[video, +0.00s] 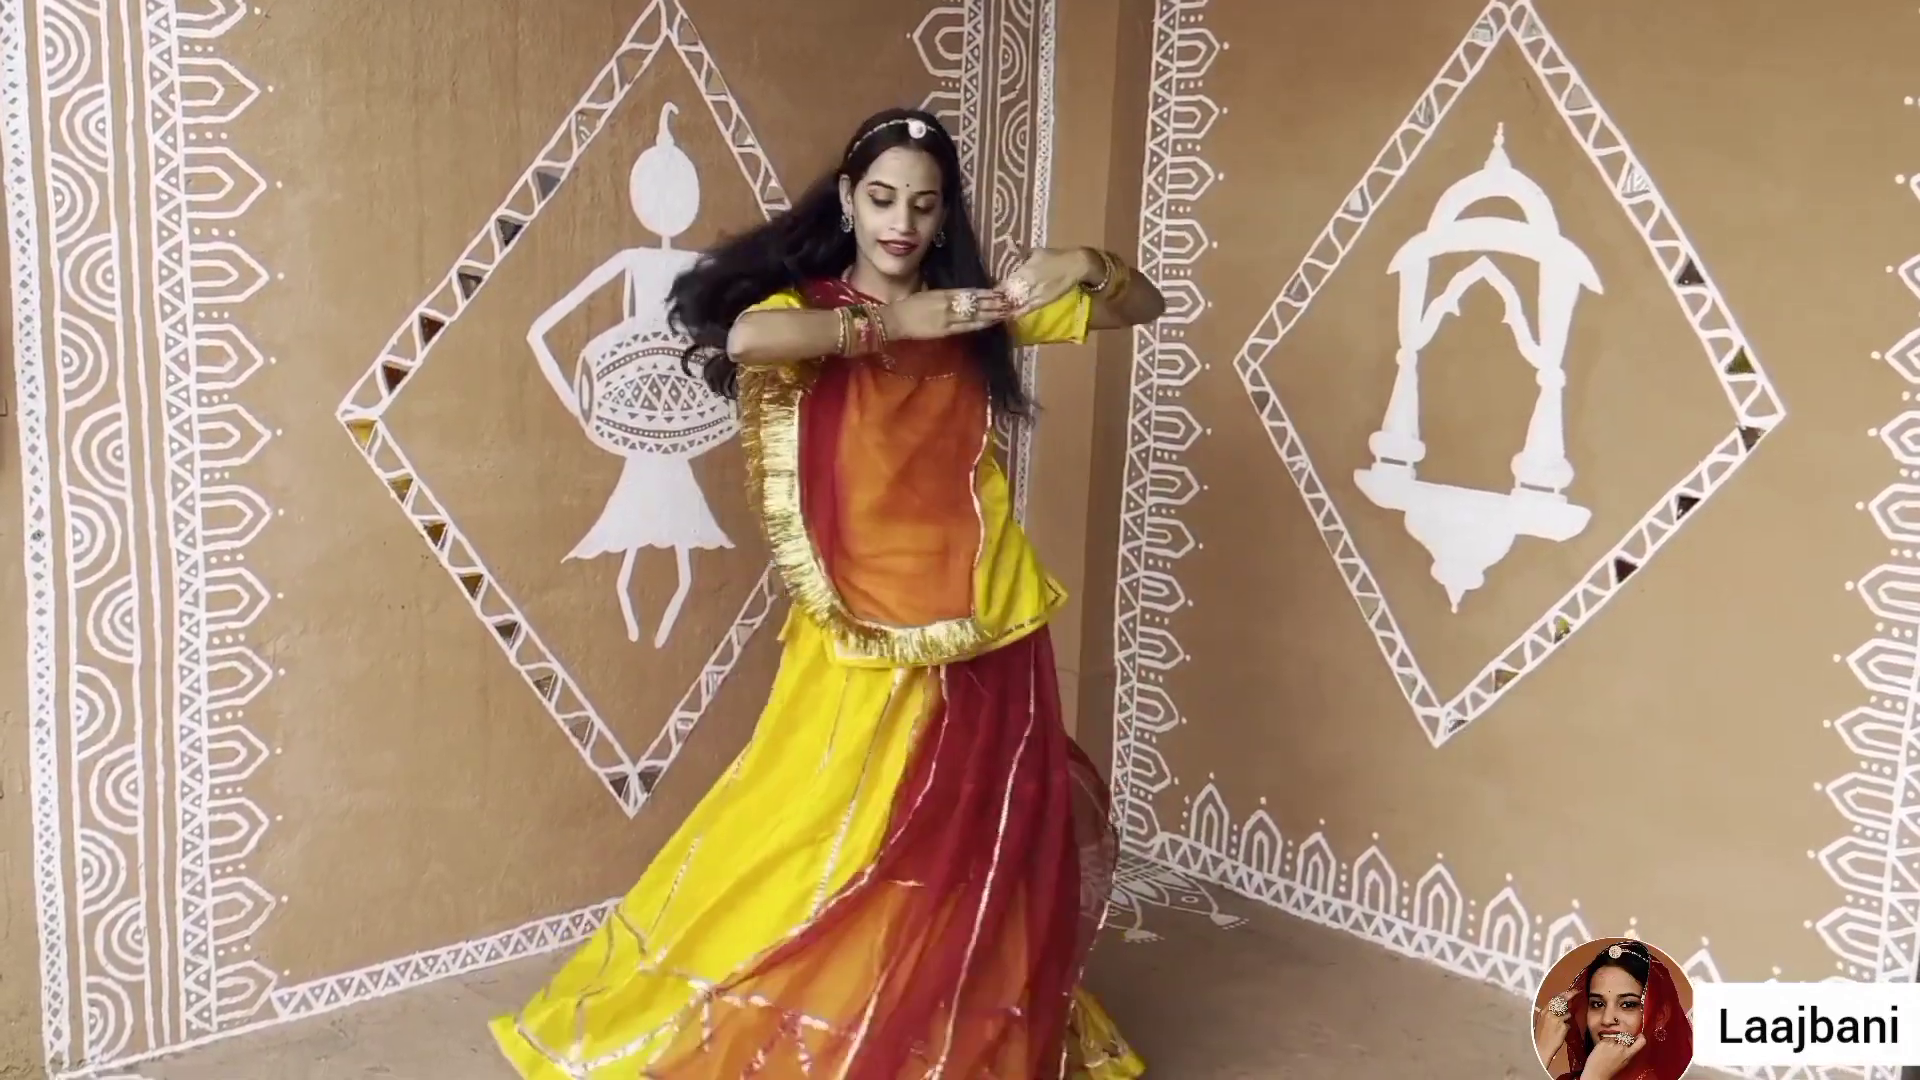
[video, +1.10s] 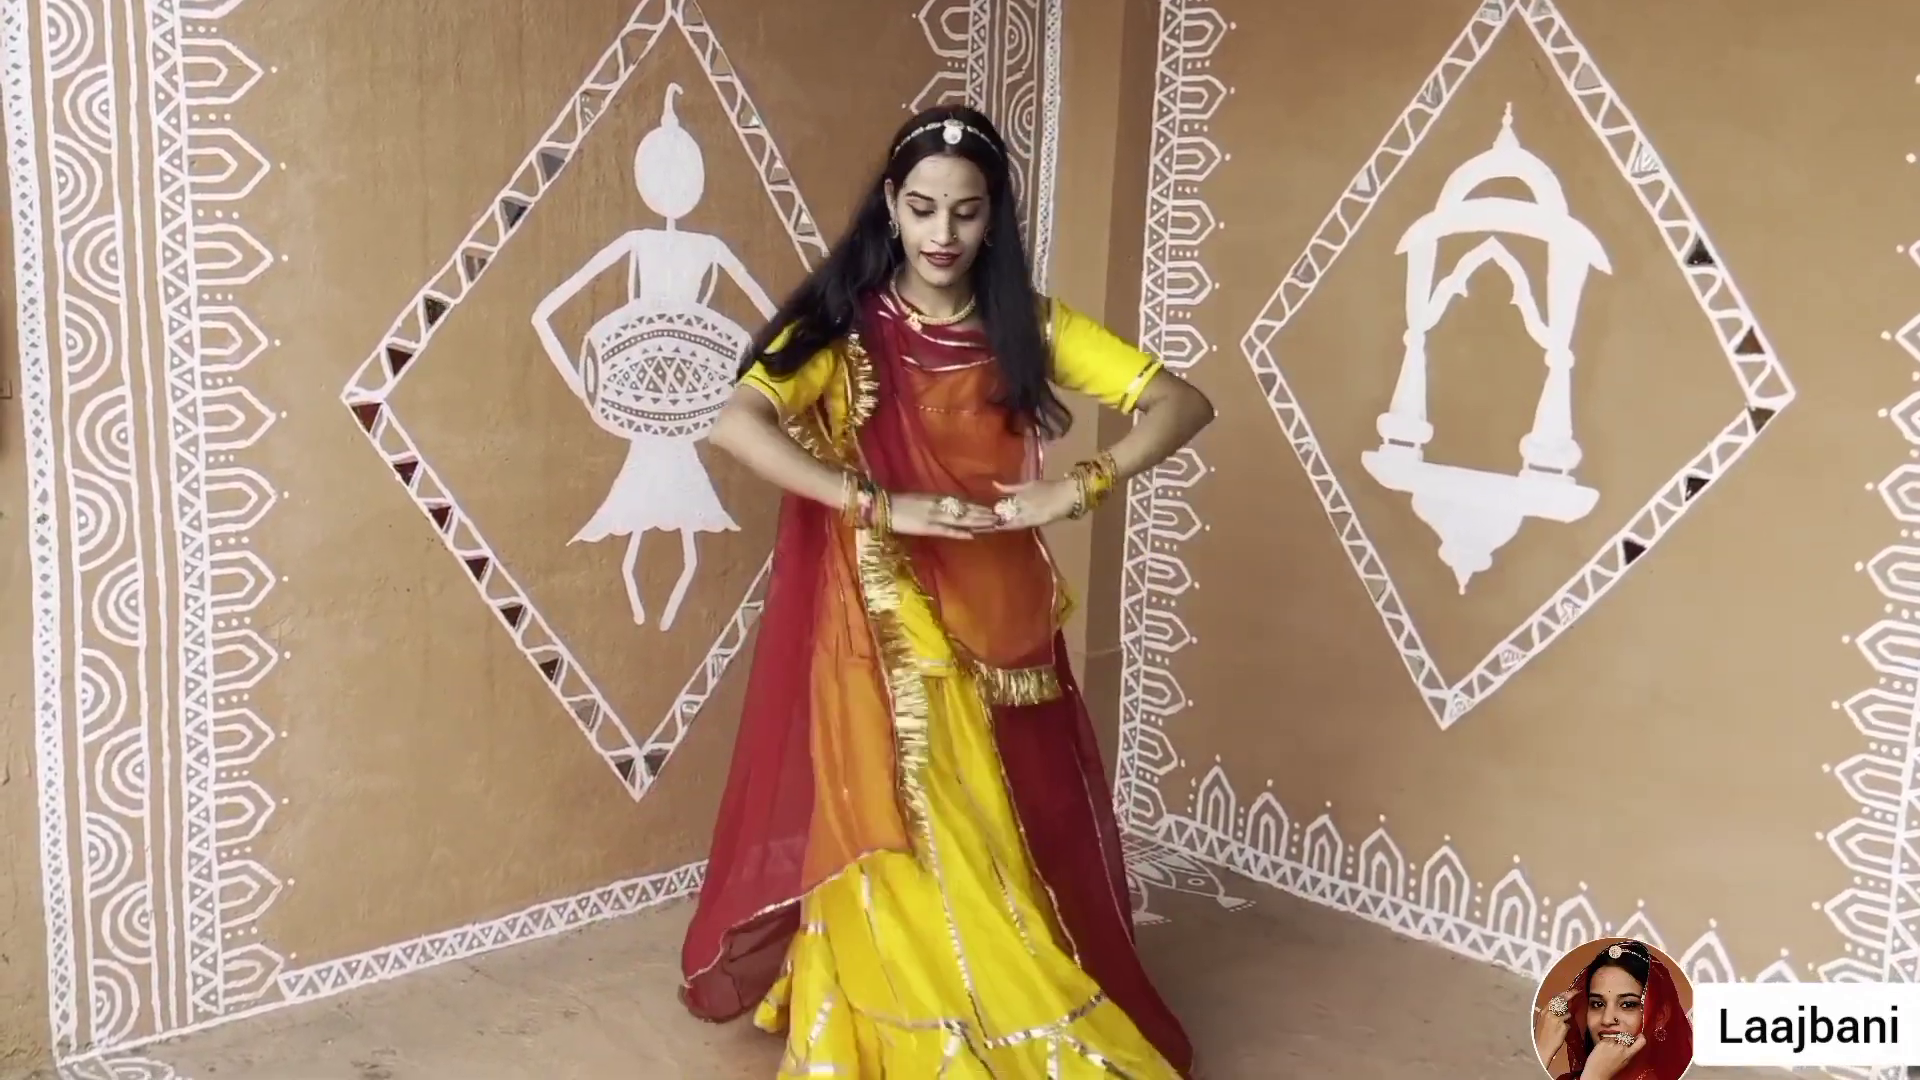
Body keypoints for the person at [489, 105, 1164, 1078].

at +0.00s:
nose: (902, 221)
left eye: (924, 202)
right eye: (883, 197)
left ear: (946, 213)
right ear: (849, 200)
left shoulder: (977, 312)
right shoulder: (805, 306)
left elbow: (1141, 304)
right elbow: (745, 334)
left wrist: (1089, 264)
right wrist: (892, 324)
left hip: (990, 632)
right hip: (864, 639)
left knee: (993, 868)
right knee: (853, 866)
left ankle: (981, 1056)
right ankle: (830, 1054)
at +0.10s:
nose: (922, 227)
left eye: (942, 207)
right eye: (901, 203)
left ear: (961, 218)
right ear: (861, 207)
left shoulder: (987, 321)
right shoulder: (822, 318)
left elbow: (1144, 336)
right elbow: (755, 360)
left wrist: (1086, 327)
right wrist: (917, 358)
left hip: (1002, 637)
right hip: (881, 644)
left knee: (1011, 863)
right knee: (888, 869)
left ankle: (1001, 1055)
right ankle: (867, 1057)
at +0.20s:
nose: (955, 233)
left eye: (972, 213)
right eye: (934, 210)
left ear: (988, 223)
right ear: (887, 213)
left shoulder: (1006, 334)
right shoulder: (845, 330)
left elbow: (1141, 402)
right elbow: (783, 427)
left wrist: (1085, 446)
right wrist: (924, 464)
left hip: (1006, 626)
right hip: (892, 632)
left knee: (1026, 854)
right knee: (911, 858)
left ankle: (1027, 1052)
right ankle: (890, 1053)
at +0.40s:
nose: (1000, 245)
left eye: (1017, 224)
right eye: (977, 222)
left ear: (1032, 235)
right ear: (928, 226)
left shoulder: (1038, 360)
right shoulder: (887, 351)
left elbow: (1163, 454)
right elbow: (847, 477)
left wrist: (1147, 555)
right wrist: (973, 585)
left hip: (1008, 634)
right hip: (897, 636)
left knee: (1037, 862)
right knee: (953, 862)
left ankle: (1044, 1056)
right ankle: (934, 1058)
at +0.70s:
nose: (1037, 272)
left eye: (1053, 249)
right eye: (1012, 248)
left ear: (1069, 257)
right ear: (961, 253)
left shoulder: (1067, 376)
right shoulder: (917, 370)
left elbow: (1190, 464)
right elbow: (926, 498)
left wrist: (1225, 549)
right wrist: (1046, 607)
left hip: (1010, 649)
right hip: (906, 647)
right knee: (988, 860)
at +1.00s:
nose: (964, 260)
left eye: (986, 237)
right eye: (944, 234)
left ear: (1011, 240)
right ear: (906, 233)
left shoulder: (1036, 352)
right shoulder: (859, 349)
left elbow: (1179, 440)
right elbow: (776, 467)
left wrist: (1113, 539)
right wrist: (900, 562)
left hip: (1011, 642)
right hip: (894, 644)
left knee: (1016, 857)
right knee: (944, 854)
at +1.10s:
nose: (943, 234)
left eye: (966, 212)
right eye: (923, 209)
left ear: (995, 217)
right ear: (892, 209)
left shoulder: (1030, 327)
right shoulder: (836, 322)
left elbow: (1179, 403)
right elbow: (735, 426)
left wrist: (1088, 480)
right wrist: (879, 503)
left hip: (1003, 631)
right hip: (876, 632)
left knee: (1005, 850)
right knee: (901, 850)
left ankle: (1018, 1044)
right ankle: (903, 1049)